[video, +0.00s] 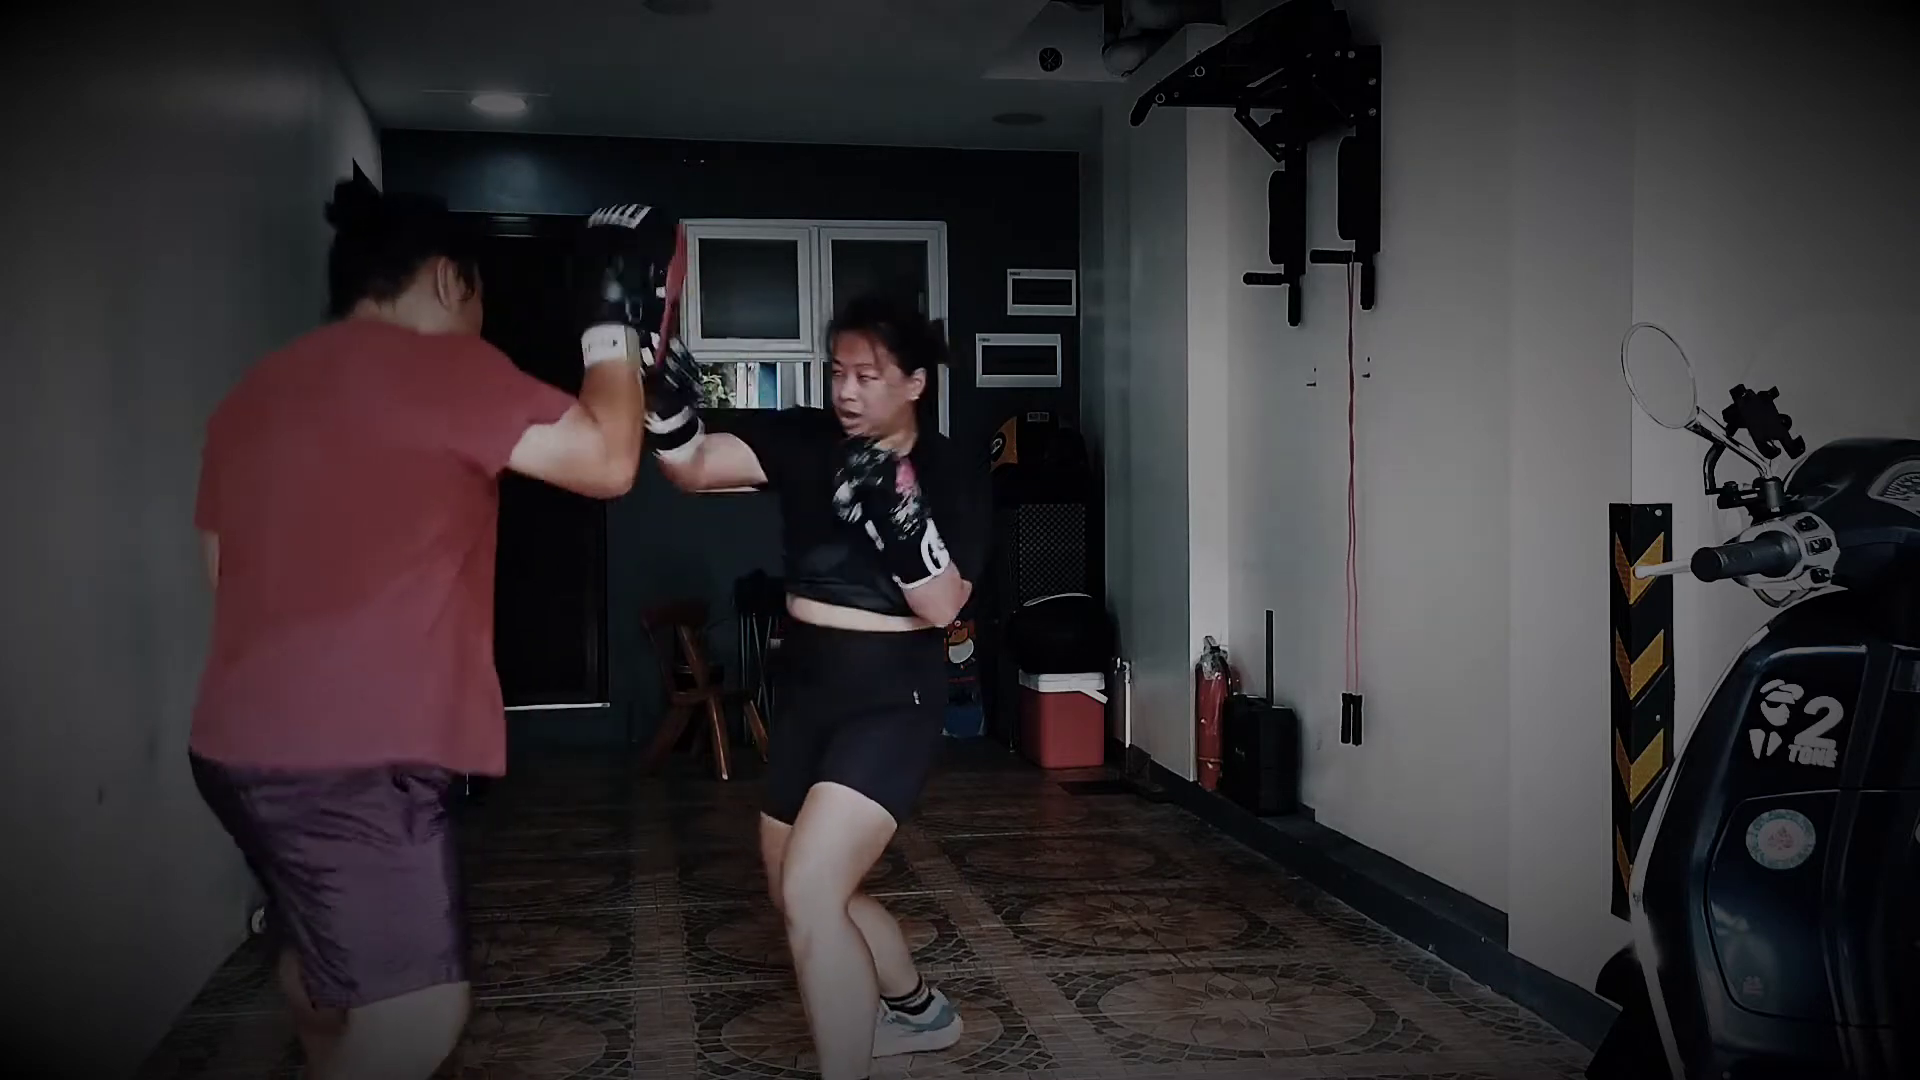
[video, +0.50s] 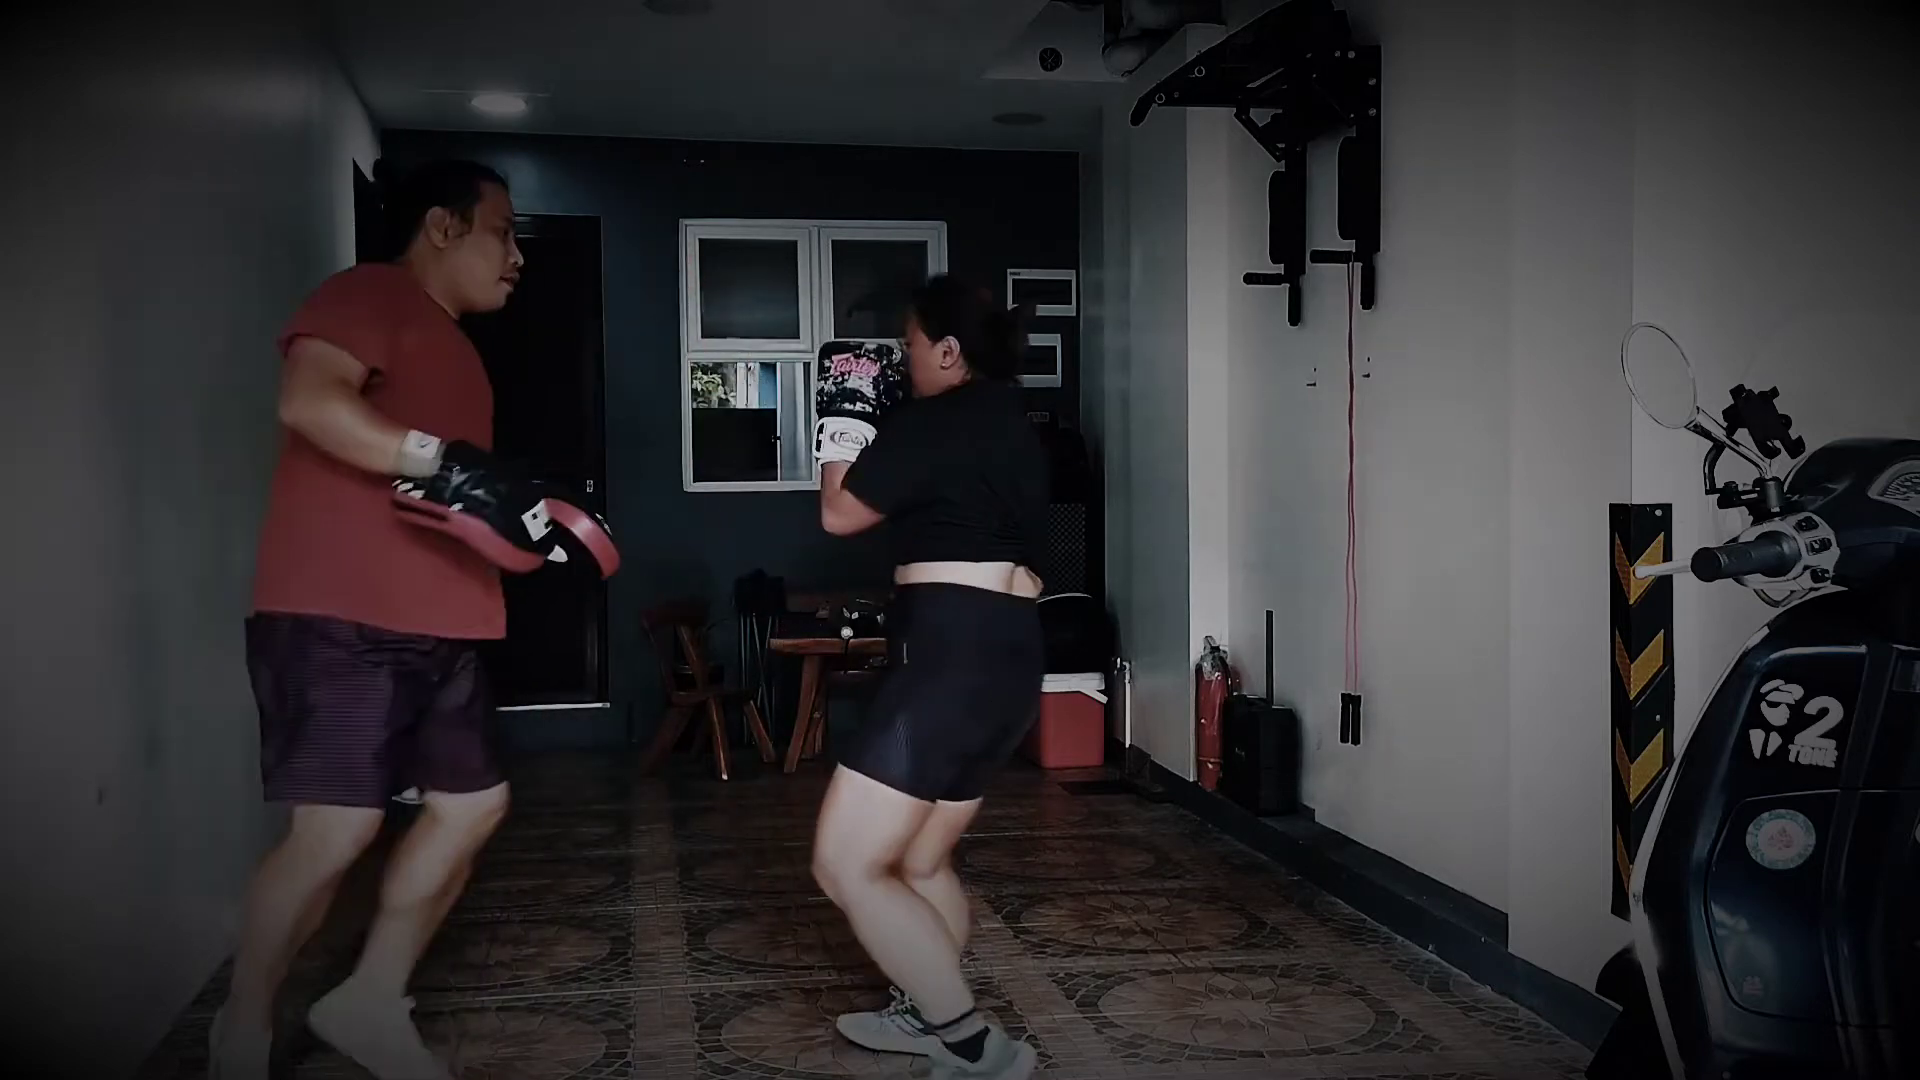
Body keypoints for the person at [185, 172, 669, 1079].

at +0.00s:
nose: (472, 322)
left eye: (472, 304)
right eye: (470, 299)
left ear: (359, 285)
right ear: (445, 280)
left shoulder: (252, 394)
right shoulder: (439, 367)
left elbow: (223, 566)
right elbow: (609, 459)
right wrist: (610, 326)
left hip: (240, 748)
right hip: (363, 754)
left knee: (323, 982)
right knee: (414, 1012)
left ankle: (321, 1063)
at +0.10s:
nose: (477, 359)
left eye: (477, 342)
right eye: (476, 337)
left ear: (364, 325)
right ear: (447, 325)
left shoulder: (264, 435)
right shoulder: (441, 413)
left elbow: (232, 599)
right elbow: (582, 486)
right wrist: (617, 406)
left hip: (241, 775)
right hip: (364, 786)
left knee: (331, 933)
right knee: (413, 1007)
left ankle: (320, 1063)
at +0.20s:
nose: (490, 374)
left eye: (490, 353)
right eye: (487, 348)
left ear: (375, 336)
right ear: (447, 329)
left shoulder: (300, 418)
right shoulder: (431, 395)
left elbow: (322, 571)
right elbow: (467, 508)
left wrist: (443, 586)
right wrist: (579, 487)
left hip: (260, 735)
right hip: (357, 745)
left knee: (317, 952)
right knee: (326, 991)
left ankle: (340, 1062)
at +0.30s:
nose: (511, 338)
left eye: (511, 319)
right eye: (503, 315)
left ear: (443, 306)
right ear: (453, 302)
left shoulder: (393, 379)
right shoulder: (413, 359)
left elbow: (382, 538)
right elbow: (392, 467)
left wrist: (494, 556)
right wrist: (527, 502)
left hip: (367, 682)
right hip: (324, 683)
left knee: (409, 851)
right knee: (346, 895)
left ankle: (342, 1060)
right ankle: (279, 1069)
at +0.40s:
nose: (518, 288)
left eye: (518, 268)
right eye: (507, 264)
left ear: (453, 262)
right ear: (450, 256)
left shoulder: (441, 363)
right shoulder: (385, 316)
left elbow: (430, 496)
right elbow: (334, 413)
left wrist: (513, 516)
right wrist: (466, 468)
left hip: (402, 645)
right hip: (324, 635)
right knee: (353, 843)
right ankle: (250, 1065)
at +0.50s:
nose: (515, 256)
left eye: (515, 237)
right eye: (502, 234)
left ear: (452, 236)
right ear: (440, 230)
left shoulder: (454, 351)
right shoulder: (366, 294)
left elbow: (445, 479)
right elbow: (308, 399)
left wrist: (518, 510)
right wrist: (448, 467)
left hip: (437, 629)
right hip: (334, 619)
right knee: (335, 823)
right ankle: (243, 1025)